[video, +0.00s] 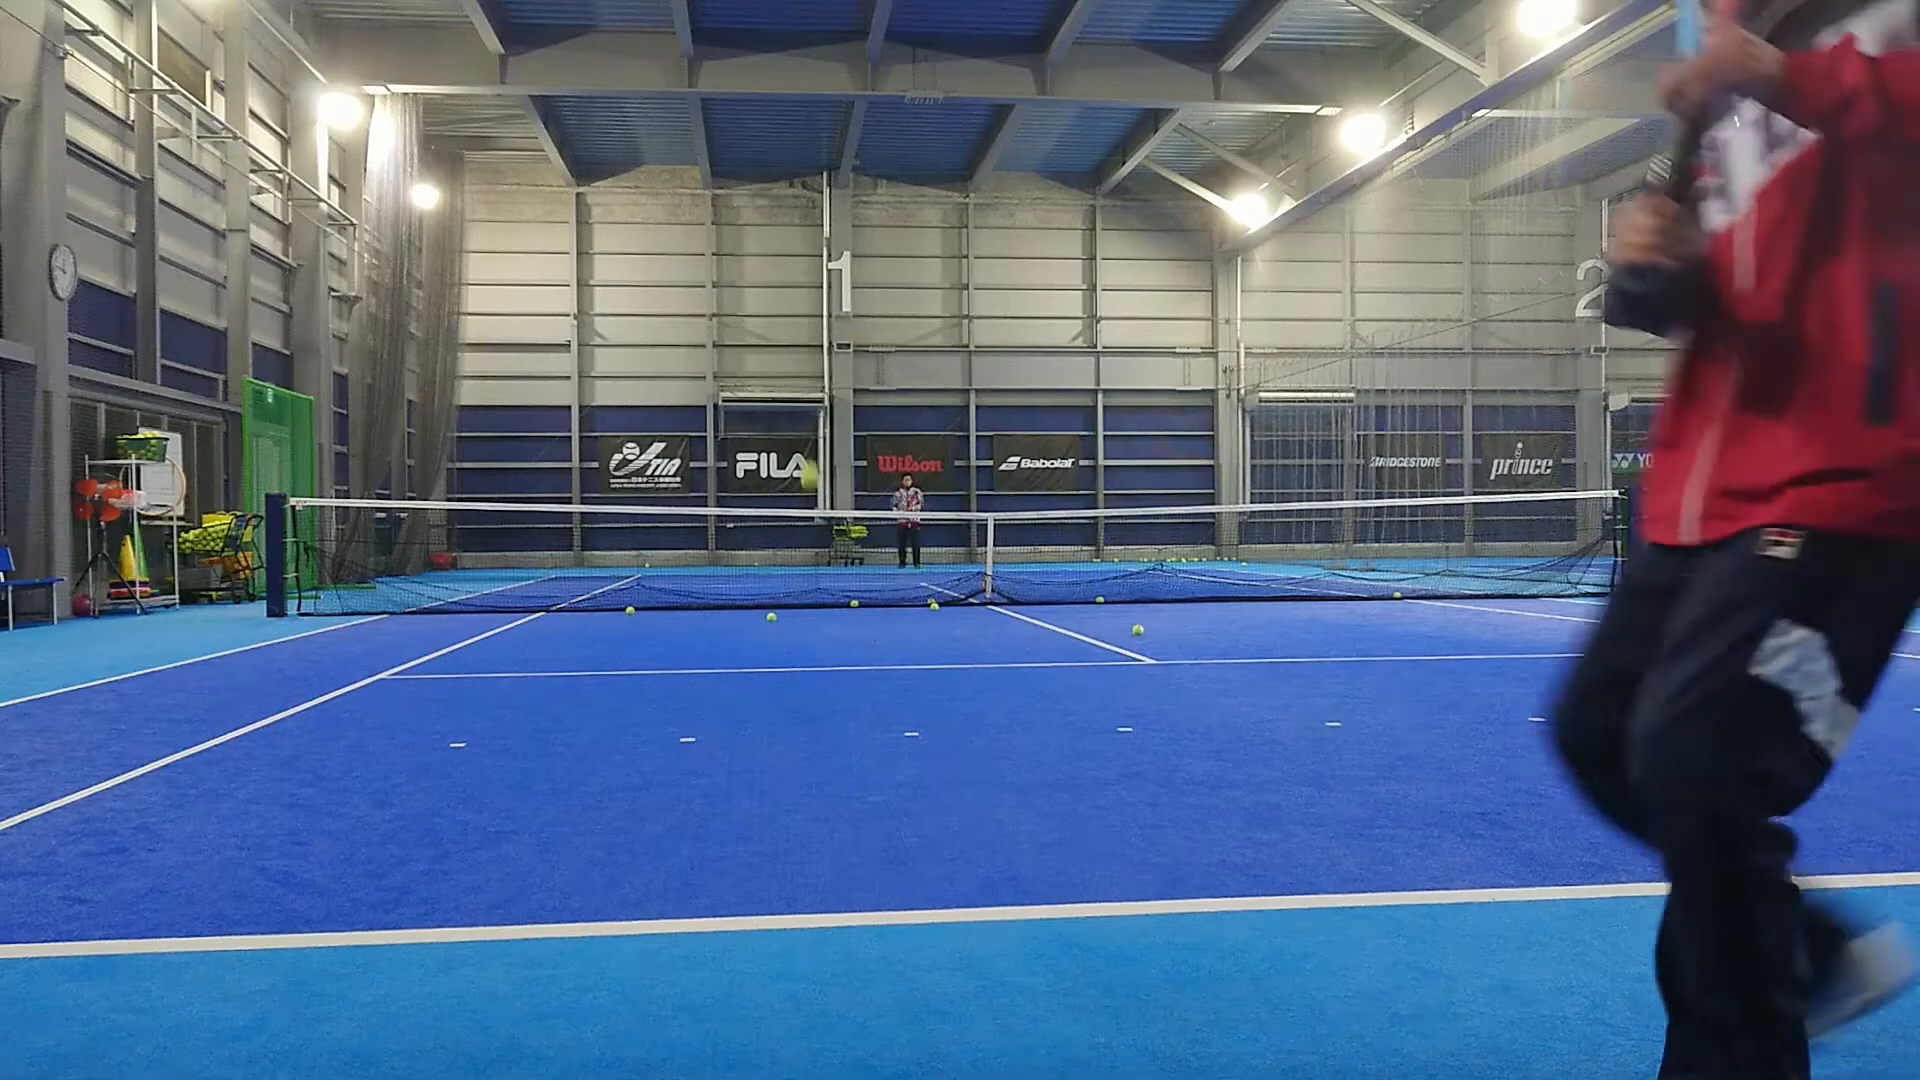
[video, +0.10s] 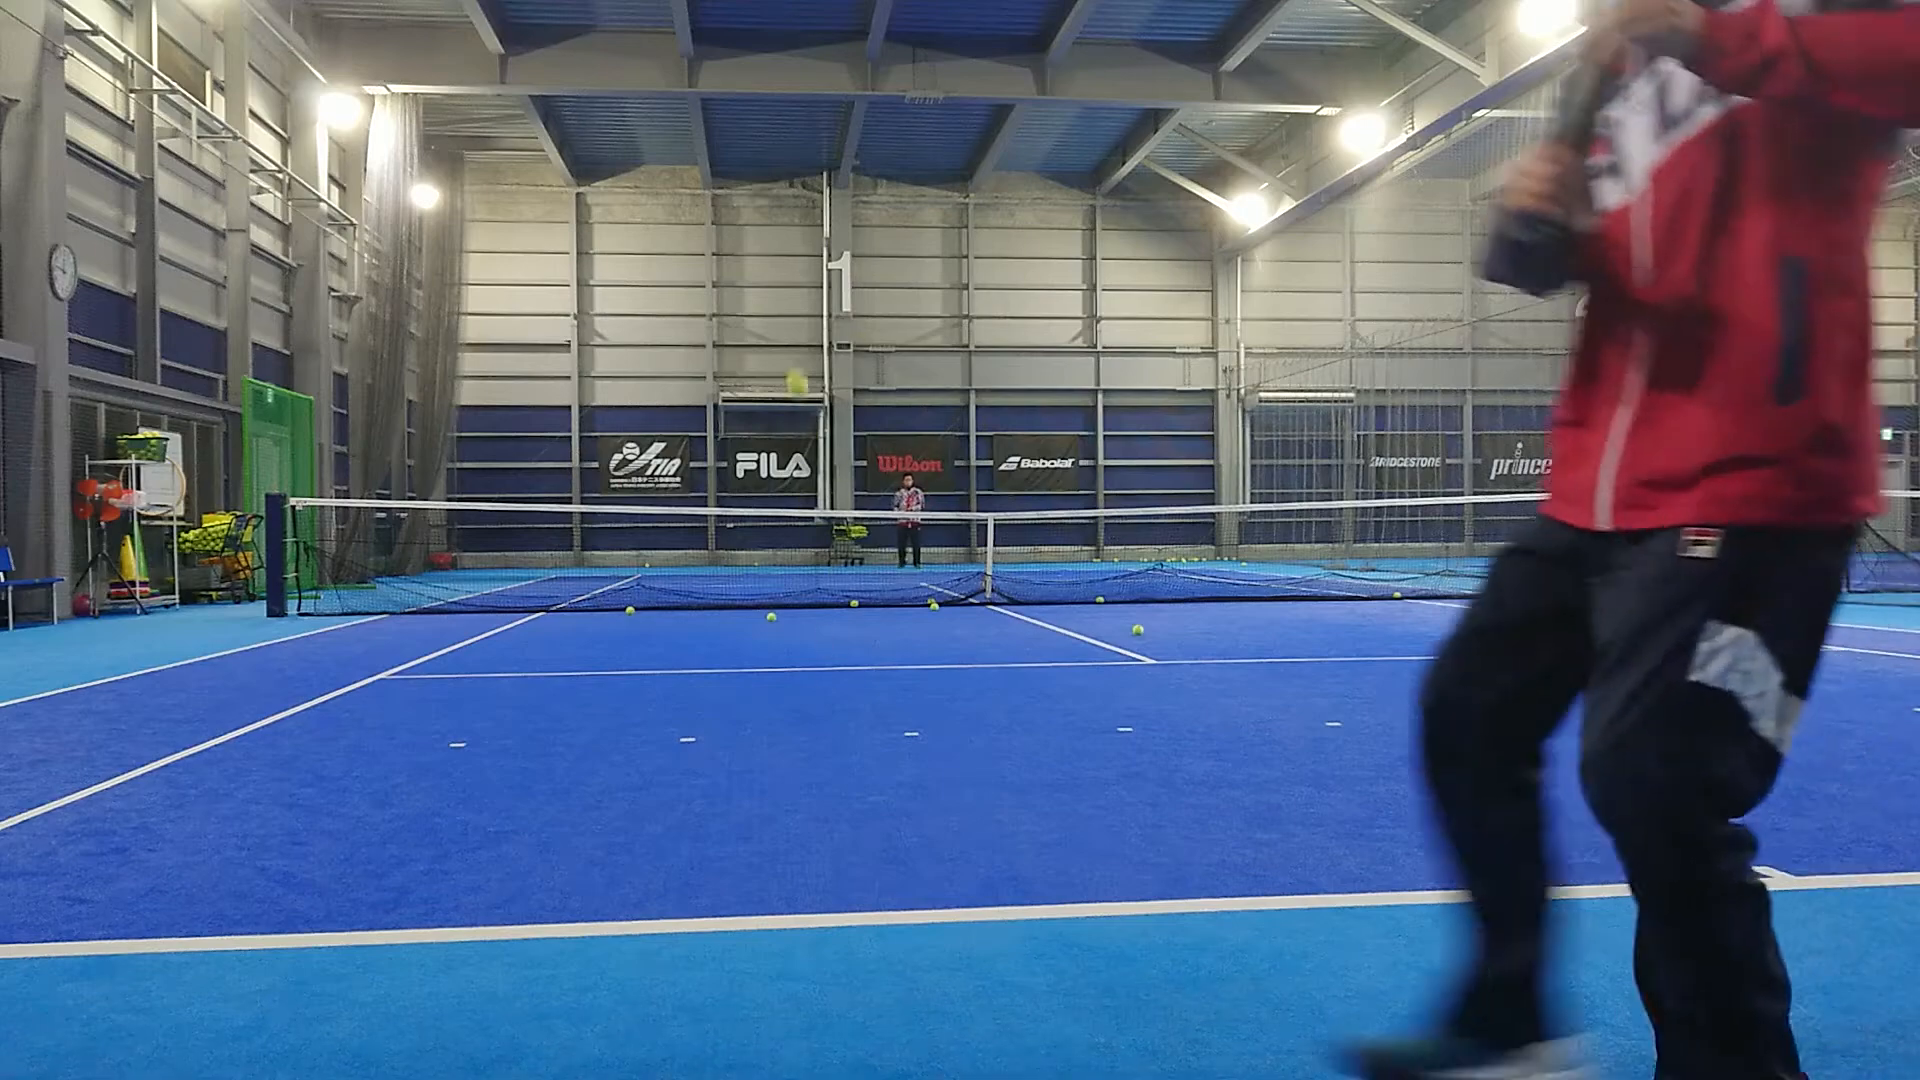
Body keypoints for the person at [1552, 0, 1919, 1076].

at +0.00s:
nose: (1725, 3)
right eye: (1718, 4)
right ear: (1721, 12)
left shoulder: (1891, 37)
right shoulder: (1730, 95)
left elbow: (1907, 108)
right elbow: (1717, 289)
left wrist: (1783, 75)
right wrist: (1659, 265)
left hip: (1857, 475)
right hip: (1710, 474)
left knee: (1697, 750)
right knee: (1600, 728)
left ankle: (1734, 1058)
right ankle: (1811, 952)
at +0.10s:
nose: (1628, 22)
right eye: (1627, 14)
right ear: (1619, 10)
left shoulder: (1821, 33)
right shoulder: (1627, 63)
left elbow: (1903, 60)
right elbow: (1567, 254)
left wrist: (1714, 33)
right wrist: (1531, 228)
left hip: (1756, 483)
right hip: (1603, 487)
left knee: (1653, 774)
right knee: (1470, 714)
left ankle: (1738, 1061)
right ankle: (1505, 1009)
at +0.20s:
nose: (1542, 6)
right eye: (1529, 4)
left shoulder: (1723, 34)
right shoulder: (1502, 68)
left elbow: (1866, 86)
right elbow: (1405, 239)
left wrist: (1646, 40)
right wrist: (1415, 197)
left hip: (1659, 507)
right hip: (1503, 510)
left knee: (1607, 797)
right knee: (1384, 742)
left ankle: (1733, 1068)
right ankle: (1250, 999)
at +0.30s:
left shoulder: (1607, 40)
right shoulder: (1379, 69)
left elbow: (1718, 140)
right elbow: (1289, 245)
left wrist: (1591, 144)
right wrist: (1330, 203)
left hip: (1543, 515)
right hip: (1399, 518)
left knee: (1535, 812)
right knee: (1273, 759)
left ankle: (1718, 1063)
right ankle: (1154, 1025)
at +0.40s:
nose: (1240, 7)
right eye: (1239, 8)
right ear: (1262, 8)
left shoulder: (1443, 33)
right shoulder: (1258, 95)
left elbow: (1576, 190)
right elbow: (1184, 253)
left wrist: (1484, 314)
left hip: (1406, 542)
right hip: (1283, 535)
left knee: (1416, 824)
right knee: (1159, 753)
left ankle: (1690, 1050)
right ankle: (1130, 1034)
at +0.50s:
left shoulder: (1332, 41)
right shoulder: (1209, 101)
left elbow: (1437, 233)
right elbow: (1111, 216)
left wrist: (1338, 428)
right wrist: (1004, 311)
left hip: (1294, 504)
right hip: (1216, 503)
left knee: (1253, 774)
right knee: (1139, 753)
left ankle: (1570, 976)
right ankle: (1127, 1027)